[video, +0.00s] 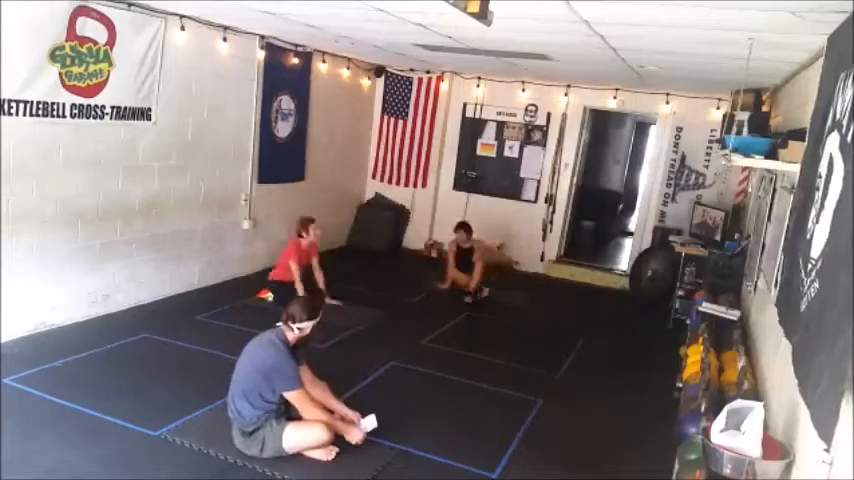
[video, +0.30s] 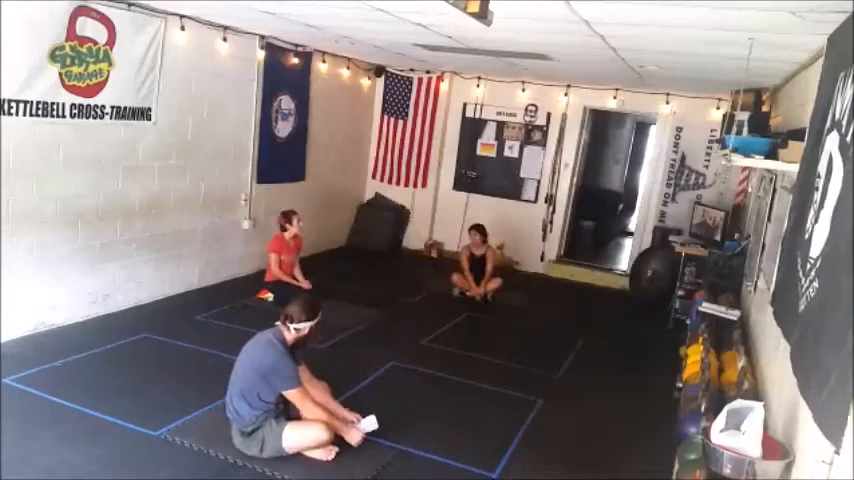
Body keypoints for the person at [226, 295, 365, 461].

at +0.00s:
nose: (314, 327)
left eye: (315, 323)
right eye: (314, 323)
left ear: (287, 319)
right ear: (305, 327)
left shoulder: (282, 338)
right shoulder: (277, 357)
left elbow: (311, 384)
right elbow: (307, 410)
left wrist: (344, 412)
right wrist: (344, 430)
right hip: (253, 433)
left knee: (320, 387)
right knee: (323, 432)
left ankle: (309, 445)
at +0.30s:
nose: (315, 328)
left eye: (315, 323)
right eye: (314, 324)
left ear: (286, 318)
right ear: (304, 328)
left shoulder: (278, 338)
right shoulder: (275, 357)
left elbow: (310, 383)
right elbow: (306, 406)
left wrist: (343, 413)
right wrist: (344, 430)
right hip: (253, 432)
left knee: (321, 388)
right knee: (323, 432)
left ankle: (308, 445)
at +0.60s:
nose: (312, 327)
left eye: (313, 322)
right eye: (313, 323)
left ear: (285, 317)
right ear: (305, 327)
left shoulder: (279, 336)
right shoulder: (278, 359)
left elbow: (310, 383)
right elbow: (308, 410)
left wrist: (342, 412)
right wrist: (345, 430)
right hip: (253, 433)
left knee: (322, 387)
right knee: (323, 432)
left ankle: (310, 445)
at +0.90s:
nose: (312, 328)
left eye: (313, 323)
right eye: (313, 324)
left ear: (285, 318)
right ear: (304, 329)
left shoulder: (280, 338)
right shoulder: (273, 359)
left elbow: (309, 383)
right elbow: (306, 410)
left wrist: (341, 414)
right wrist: (343, 429)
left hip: (269, 405)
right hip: (253, 432)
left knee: (322, 387)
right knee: (323, 432)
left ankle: (309, 445)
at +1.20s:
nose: (315, 334)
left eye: (316, 329)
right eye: (313, 329)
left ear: (298, 324)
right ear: (300, 325)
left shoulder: (282, 340)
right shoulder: (273, 357)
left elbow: (309, 384)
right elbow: (307, 408)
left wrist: (342, 412)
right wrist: (343, 429)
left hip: (269, 406)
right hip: (252, 432)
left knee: (321, 386)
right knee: (321, 432)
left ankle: (309, 445)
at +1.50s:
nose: (314, 336)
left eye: (316, 330)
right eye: (313, 330)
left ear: (298, 325)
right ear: (301, 326)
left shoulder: (280, 339)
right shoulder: (272, 357)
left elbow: (309, 383)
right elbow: (306, 408)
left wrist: (340, 411)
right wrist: (342, 430)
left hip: (269, 406)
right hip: (253, 433)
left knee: (321, 386)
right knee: (322, 432)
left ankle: (309, 445)